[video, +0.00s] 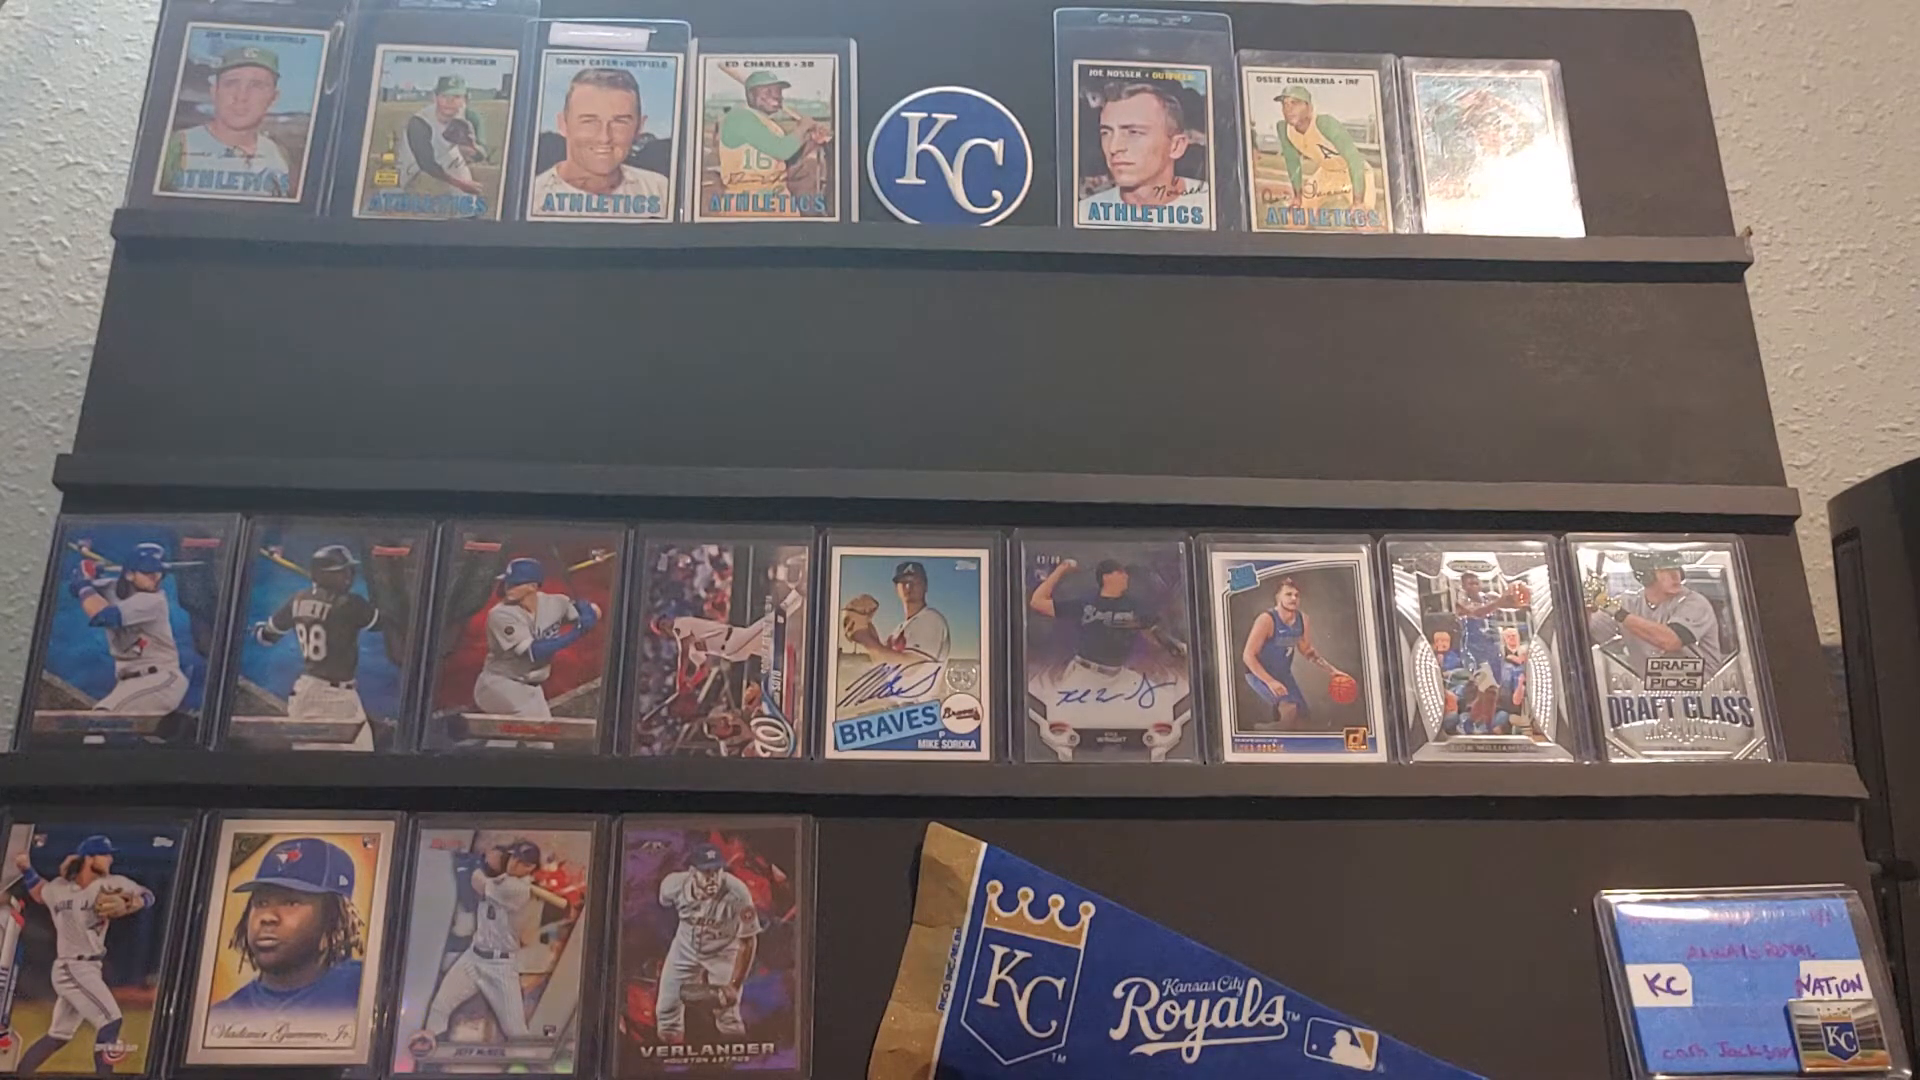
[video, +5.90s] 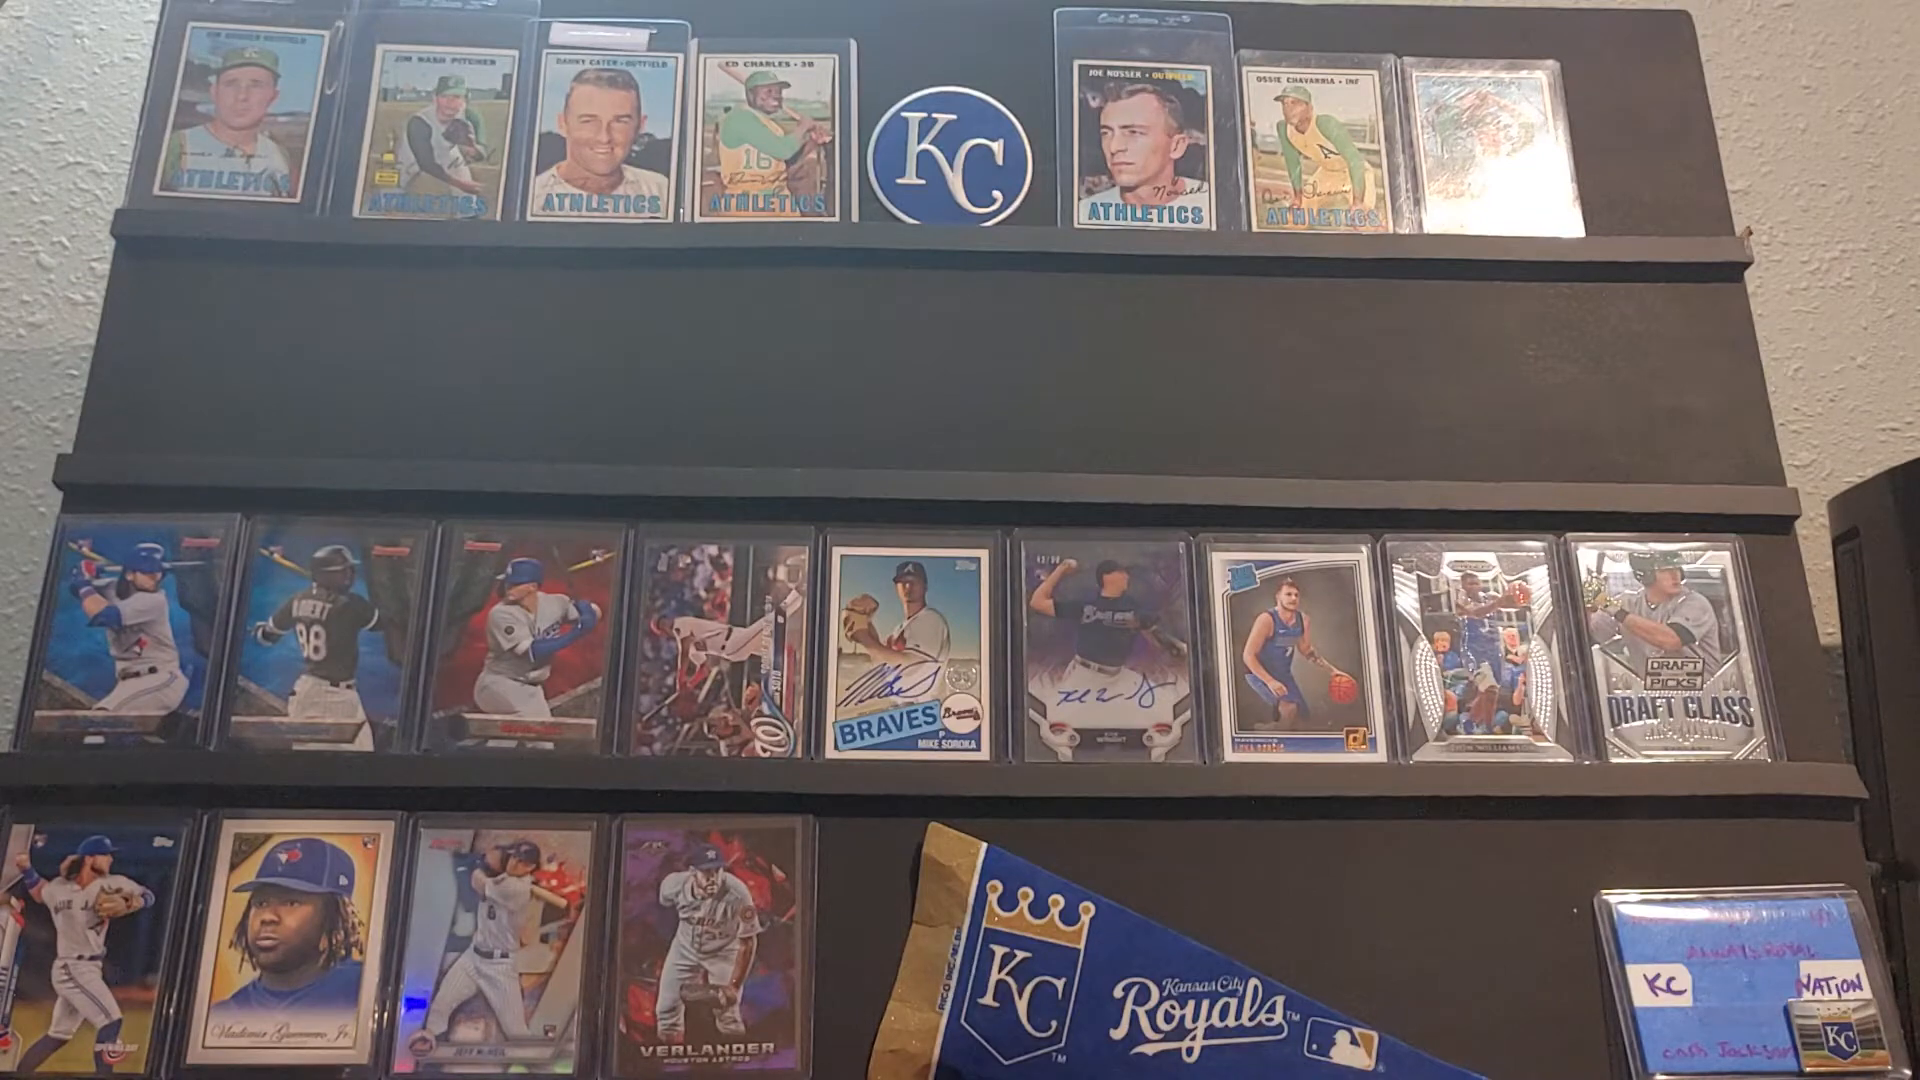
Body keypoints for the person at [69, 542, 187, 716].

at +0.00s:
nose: (155, 577)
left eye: (158, 572)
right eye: (147, 572)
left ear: (162, 573)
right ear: (130, 574)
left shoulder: (154, 600)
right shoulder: (114, 587)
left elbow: (105, 617)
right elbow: (79, 588)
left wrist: (83, 586)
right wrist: (87, 573)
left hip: (162, 679)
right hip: (129, 682)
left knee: (101, 716)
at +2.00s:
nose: (156, 577)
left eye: (159, 572)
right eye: (148, 572)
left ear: (162, 572)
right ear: (130, 574)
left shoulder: (154, 600)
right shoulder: (113, 588)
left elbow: (104, 617)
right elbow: (79, 588)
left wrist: (82, 585)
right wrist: (88, 573)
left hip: (163, 679)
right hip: (129, 682)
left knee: (100, 717)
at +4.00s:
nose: (156, 577)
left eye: (158, 572)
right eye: (148, 572)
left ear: (162, 573)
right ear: (130, 575)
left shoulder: (155, 600)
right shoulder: (113, 588)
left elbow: (105, 617)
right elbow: (78, 588)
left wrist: (83, 585)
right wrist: (88, 573)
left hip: (162, 680)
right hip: (130, 681)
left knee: (99, 717)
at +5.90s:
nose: (155, 576)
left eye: (158, 571)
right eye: (148, 571)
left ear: (162, 573)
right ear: (130, 575)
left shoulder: (154, 600)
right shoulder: (114, 589)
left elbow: (105, 617)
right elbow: (80, 589)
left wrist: (83, 586)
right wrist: (87, 574)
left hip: (162, 679)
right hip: (130, 682)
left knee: (99, 717)